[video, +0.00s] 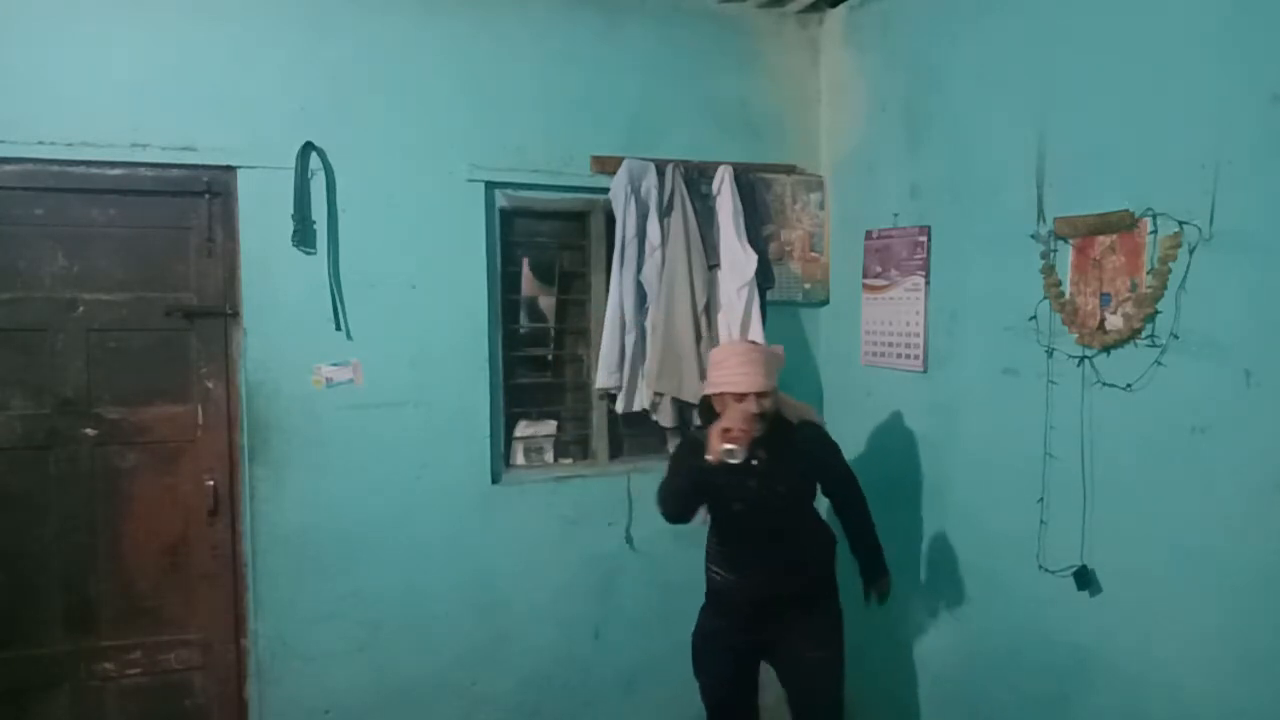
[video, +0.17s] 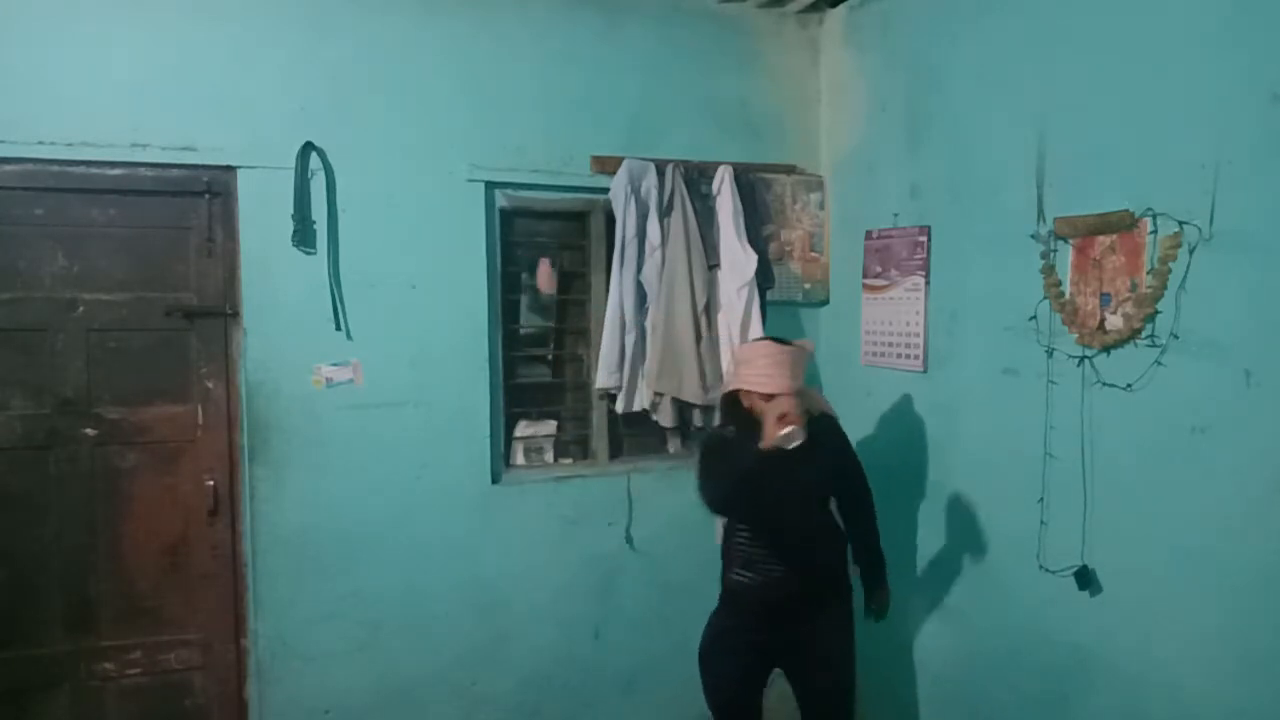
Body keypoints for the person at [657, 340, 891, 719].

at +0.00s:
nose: (754, 408)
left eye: (762, 396)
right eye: (740, 398)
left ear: (774, 393)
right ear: (716, 399)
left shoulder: (806, 439)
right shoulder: (697, 446)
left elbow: (849, 501)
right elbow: (674, 510)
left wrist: (874, 568)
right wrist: (710, 459)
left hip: (806, 601)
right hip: (731, 602)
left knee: (820, 709)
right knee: (727, 710)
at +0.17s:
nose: (785, 406)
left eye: (791, 395)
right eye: (772, 397)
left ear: (801, 392)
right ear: (748, 398)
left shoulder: (824, 433)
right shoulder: (726, 441)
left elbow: (858, 508)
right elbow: (720, 499)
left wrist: (875, 580)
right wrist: (768, 448)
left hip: (820, 602)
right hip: (748, 602)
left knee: (831, 707)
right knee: (725, 674)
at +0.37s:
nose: (818, 394)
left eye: (821, 386)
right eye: (808, 385)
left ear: (820, 386)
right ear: (778, 386)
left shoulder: (831, 429)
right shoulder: (750, 434)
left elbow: (861, 507)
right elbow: (758, 478)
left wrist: (887, 582)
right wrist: (823, 405)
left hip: (839, 606)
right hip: (771, 605)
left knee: (846, 709)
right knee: (751, 704)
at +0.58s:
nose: (831, 373)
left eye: (833, 363)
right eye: (817, 364)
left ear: (839, 366)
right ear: (786, 372)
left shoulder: (838, 422)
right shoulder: (764, 418)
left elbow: (866, 508)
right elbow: (781, 460)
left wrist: (883, 582)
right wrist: (846, 388)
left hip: (849, 598)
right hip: (787, 601)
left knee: (850, 707)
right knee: (788, 708)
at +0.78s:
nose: (833, 383)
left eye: (837, 374)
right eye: (822, 375)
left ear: (843, 375)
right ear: (792, 375)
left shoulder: (842, 422)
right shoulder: (770, 419)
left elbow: (868, 505)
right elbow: (791, 452)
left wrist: (888, 578)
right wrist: (855, 387)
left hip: (857, 606)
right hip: (793, 609)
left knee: (855, 710)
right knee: (784, 710)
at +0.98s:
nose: (838, 383)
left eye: (840, 375)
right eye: (830, 375)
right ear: (800, 379)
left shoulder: (851, 431)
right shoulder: (769, 435)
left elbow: (883, 511)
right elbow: (797, 456)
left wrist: (905, 583)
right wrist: (845, 388)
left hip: (865, 607)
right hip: (802, 609)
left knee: (859, 710)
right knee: (795, 711)